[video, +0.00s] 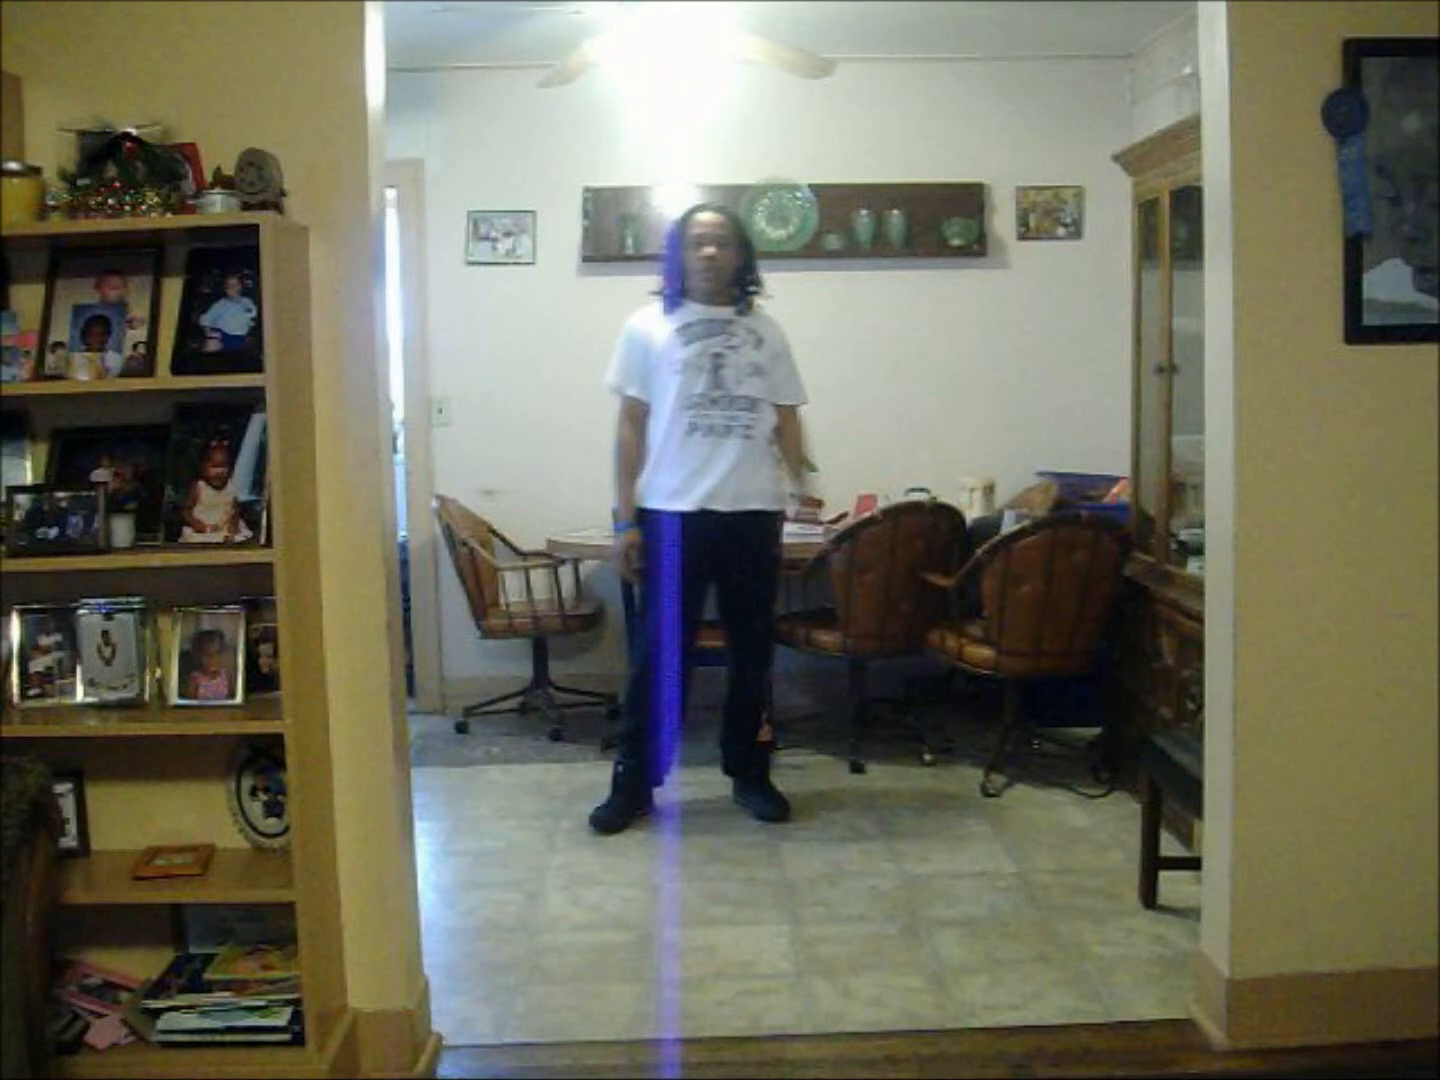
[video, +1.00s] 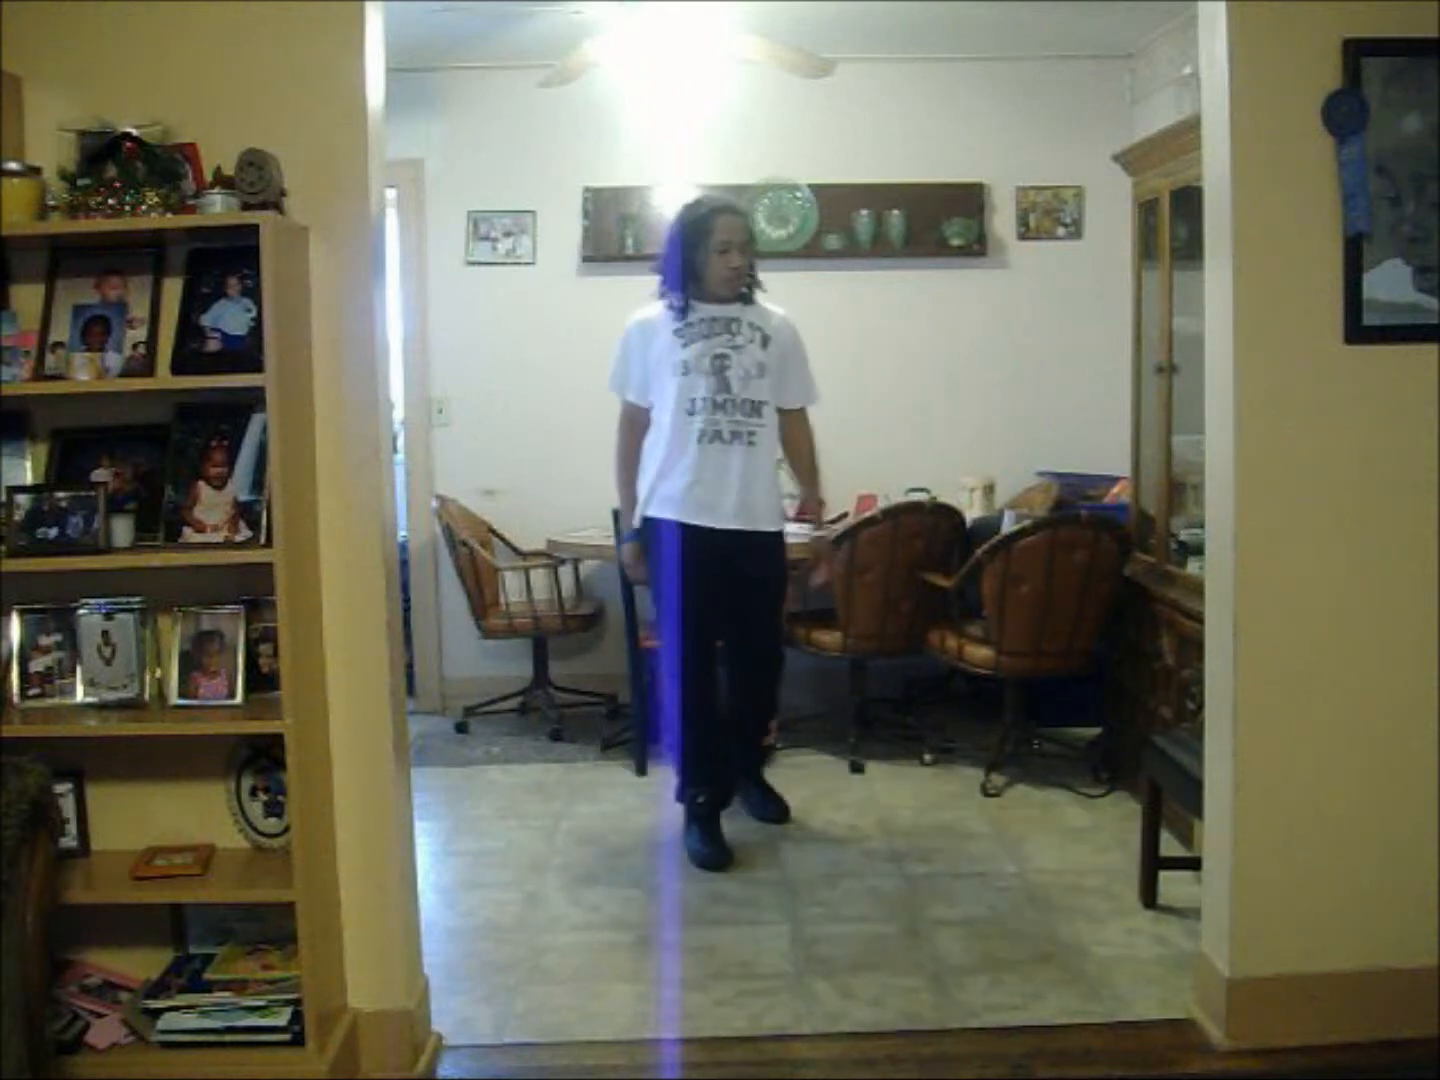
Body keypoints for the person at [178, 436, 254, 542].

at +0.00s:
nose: (220, 472)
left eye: (224, 467)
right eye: (214, 466)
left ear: (230, 468)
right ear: (203, 468)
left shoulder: (231, 487)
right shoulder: (200, 487)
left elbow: (236, 508)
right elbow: (186, 510)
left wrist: (233, 524)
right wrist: (200, 526)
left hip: (225, 532)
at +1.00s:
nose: (220, 472)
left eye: (224, 466)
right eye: (214, 466)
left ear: (230, 468)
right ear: (203, 467)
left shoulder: (231, 487)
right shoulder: (199, 487)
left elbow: (237, 508)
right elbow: (186, 510)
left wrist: (233, 523)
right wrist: (199, 525)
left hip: (224, 533)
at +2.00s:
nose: (219, 471)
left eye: (224, 467)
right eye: (214, 466)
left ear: (230, 469)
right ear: (203, 468)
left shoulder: (231, 488)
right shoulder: (200, 487)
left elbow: (237, 510)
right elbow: (186, 511)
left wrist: (233, 526)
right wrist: (199, 525)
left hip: (225, 532)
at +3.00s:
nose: (219, 472)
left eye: (224, 466)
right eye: (214, 466)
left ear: (230, 469)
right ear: (204, 468)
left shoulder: (232, 488)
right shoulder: (200, 487)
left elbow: (236, 510)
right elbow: (187, 511)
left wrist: (232, 531)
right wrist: (200, 525)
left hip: (225, 532)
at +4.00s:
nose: (219, 471)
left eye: (223, 466)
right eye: (213, 466)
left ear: (230, 469)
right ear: (204, 468)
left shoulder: (232, 488)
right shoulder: (200, 487)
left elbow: (237, 511)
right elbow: (186, 511)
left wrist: (232, 531)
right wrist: (201, 526)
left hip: (225, 534)